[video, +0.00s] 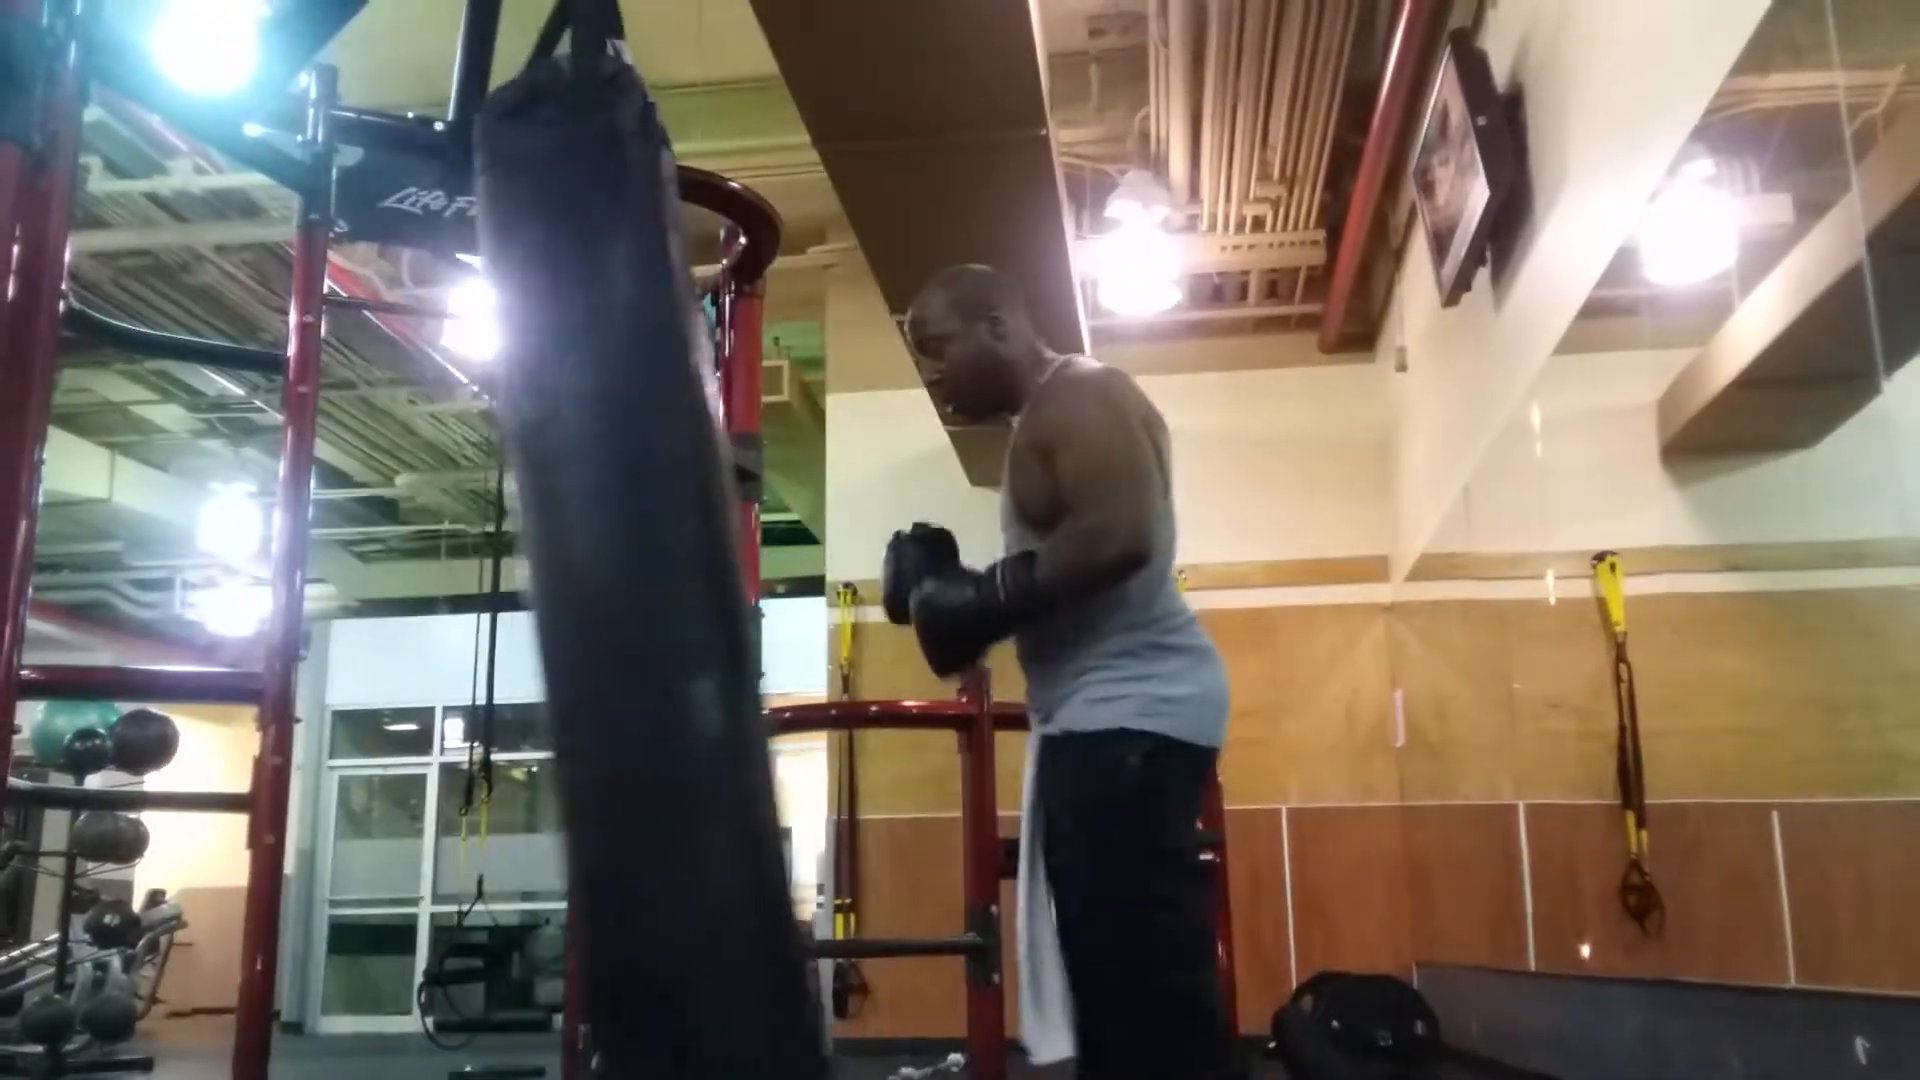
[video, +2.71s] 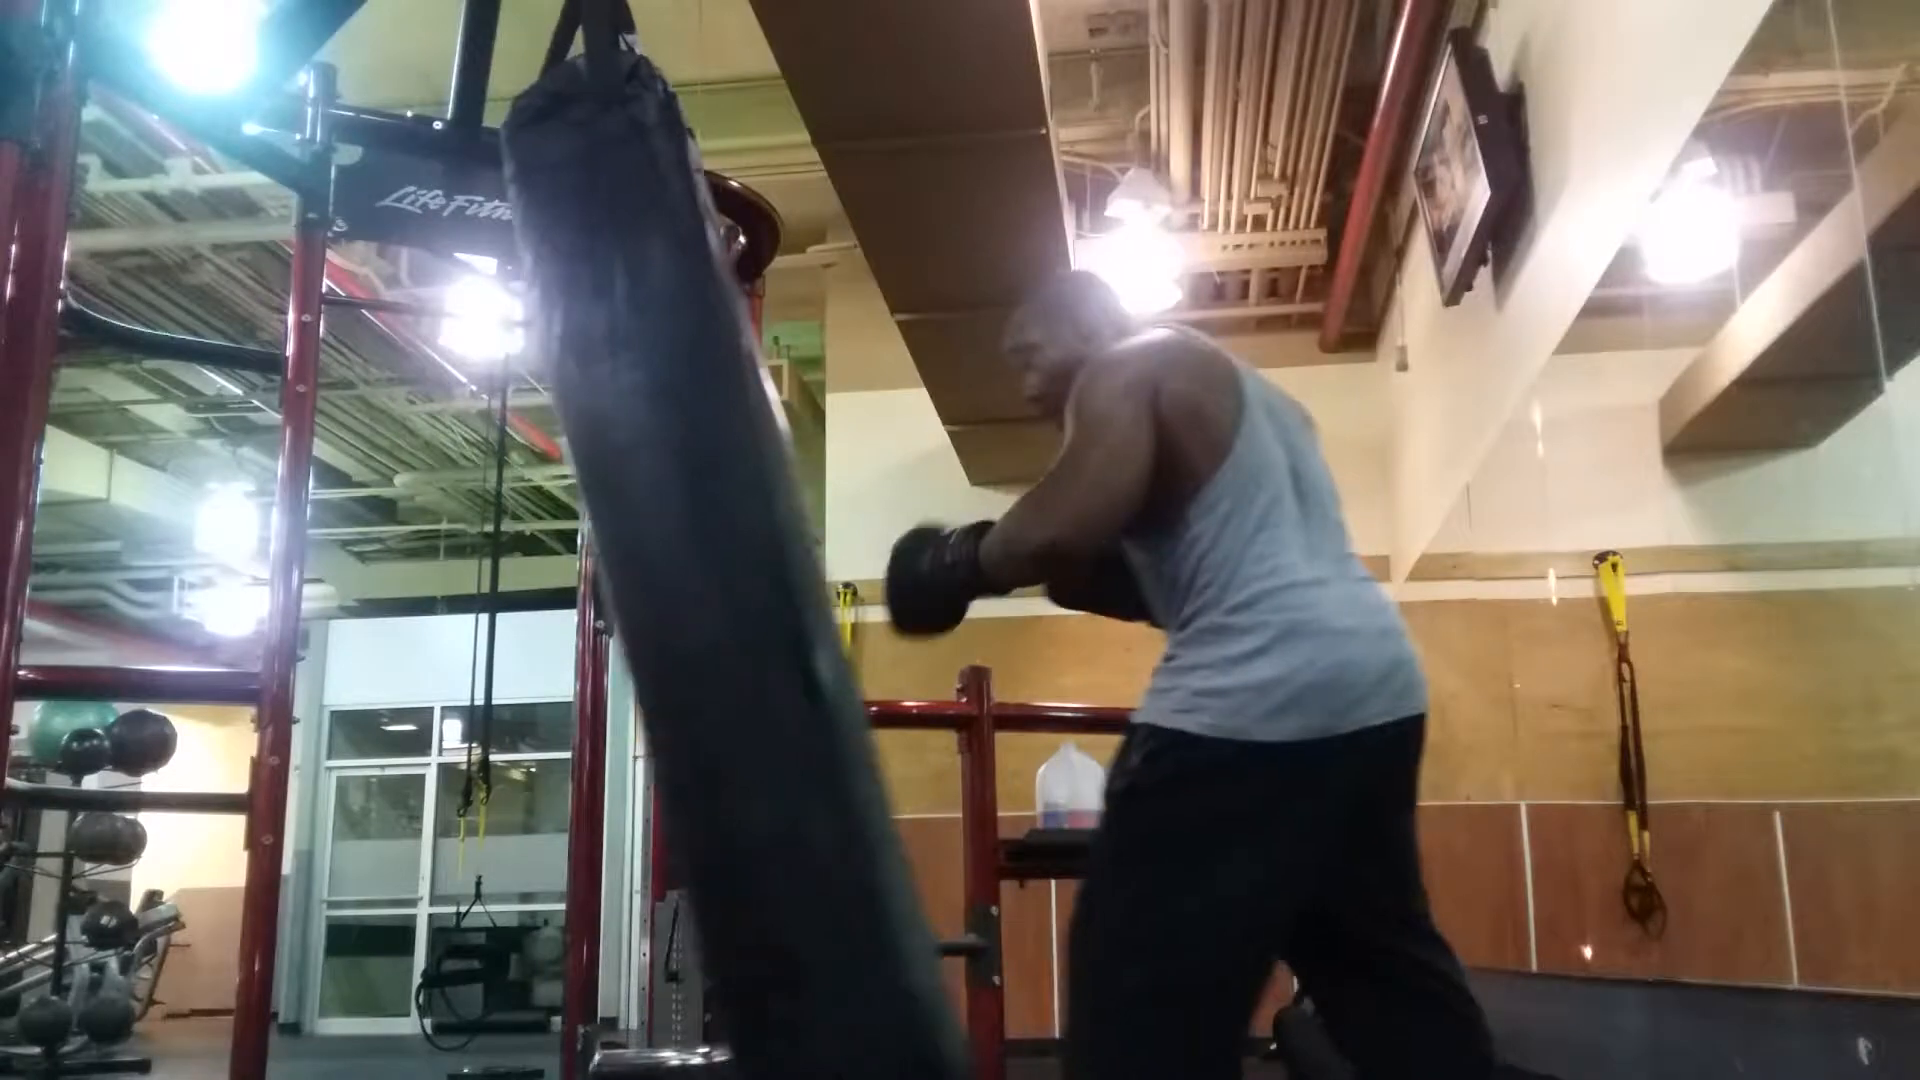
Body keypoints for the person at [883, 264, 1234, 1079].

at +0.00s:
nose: (930, 378)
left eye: (935, 350)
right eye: (922, 359)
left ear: (999, 327)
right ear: (1003, 335)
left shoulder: (1080, 396)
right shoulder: (1053, 415)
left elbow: (1117, 533)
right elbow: (1068, 556)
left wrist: (987, 599)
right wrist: (967, 587)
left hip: (1128, 712)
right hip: (1098, 713)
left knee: (1130, 989)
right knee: (1119, 983)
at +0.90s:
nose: (861, 411)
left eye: (867, 385)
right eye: (854, 393)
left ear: (926, 360)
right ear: (926, 368)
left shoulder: (1037, 416)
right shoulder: (962, 489)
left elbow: (1041, 566)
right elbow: (977, 653)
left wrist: (928, 535)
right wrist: (847, 646)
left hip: (1083, 724)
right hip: (1028, 730)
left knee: (1019, 1003)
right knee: (1005, 1002)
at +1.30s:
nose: (797, 394)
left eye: (797, 367)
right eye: (790, 373)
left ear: (851, 341)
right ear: (872, 338)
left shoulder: (936, 405)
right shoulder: (961, 400)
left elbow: (922, 590)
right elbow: (968, 610)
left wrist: (830, 543)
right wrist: (870, 629)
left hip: (1024, 729)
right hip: (1067, 727)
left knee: (890, 981)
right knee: (1024, 992)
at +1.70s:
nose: (845, 379)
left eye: (842, 347)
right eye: (835, 356)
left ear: (892, 316)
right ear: (925, 306)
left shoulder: (938, 358)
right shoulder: (1056, 379)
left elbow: (926, 547)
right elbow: (997, 566)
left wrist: (837, 511)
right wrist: (855, 520)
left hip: (1048, 711)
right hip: (1158, 704)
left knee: (943, 1009)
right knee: (1157, 981)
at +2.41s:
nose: (913, 379)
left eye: (906, 346)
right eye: (901, 355)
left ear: (960, 309)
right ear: (992, 303)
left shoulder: (1022, 354)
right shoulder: (1107, 353)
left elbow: (1029, 546)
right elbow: (1070, 572)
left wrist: (923, 511)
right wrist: (940, 522)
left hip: (1175, 692)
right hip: (1276, 679)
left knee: (1078, 971)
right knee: (1261, 958)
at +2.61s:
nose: (987, 388)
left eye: (989, 358)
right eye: (976, 368)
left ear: (1034, 320)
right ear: (1061, 315)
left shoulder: (1085, 370)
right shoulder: (1211, 393)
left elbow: (1066, 531)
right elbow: (1145, 593)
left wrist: (965, 529)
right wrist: (991, 555)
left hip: (1212, 711)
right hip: (1340, 700)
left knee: (1096, 984)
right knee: (1348, 954)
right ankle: (1434, 1067)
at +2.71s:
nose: (1022, 378)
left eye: (1029, 352)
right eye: (1014, 360)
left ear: (1078, 326)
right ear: (1114, 317)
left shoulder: (1124, 369)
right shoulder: (1257, 393)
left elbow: (1074, 518)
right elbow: (1186, 590)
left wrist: (964, 557)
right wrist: (1040, 564)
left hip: (1246, 705)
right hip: (1375, 693)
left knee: (1138, 995)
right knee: (1378, 958)